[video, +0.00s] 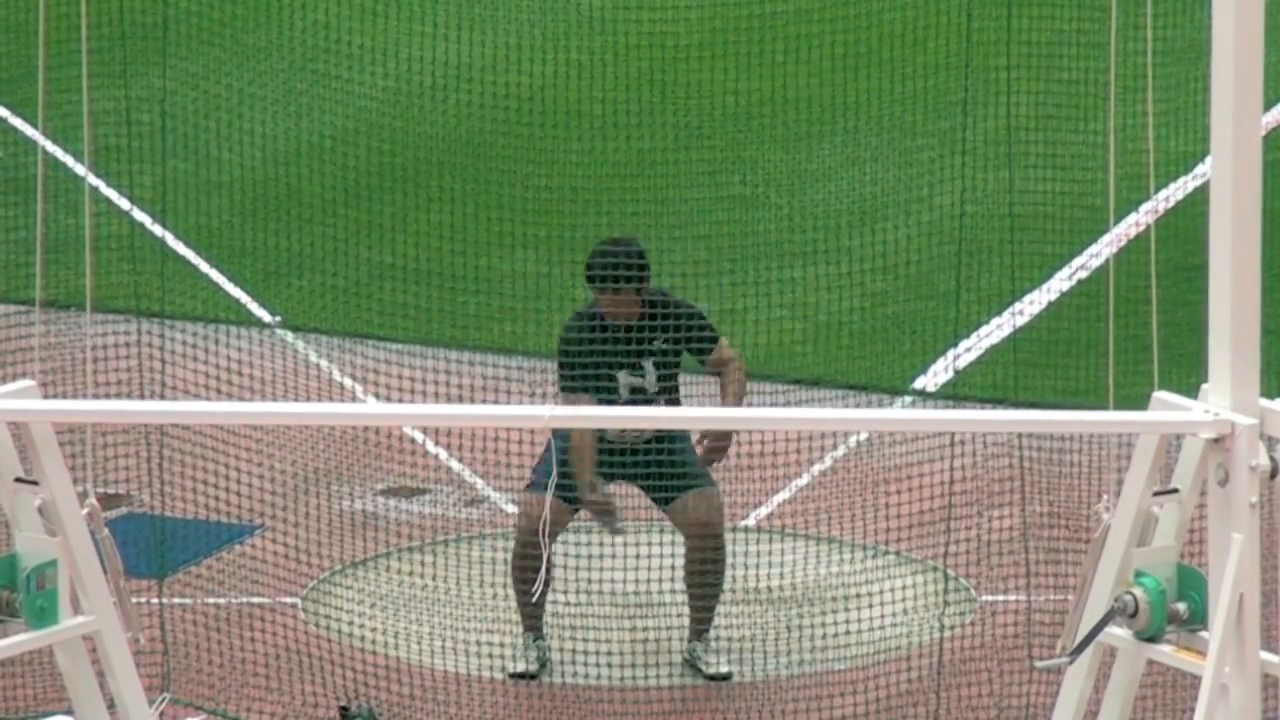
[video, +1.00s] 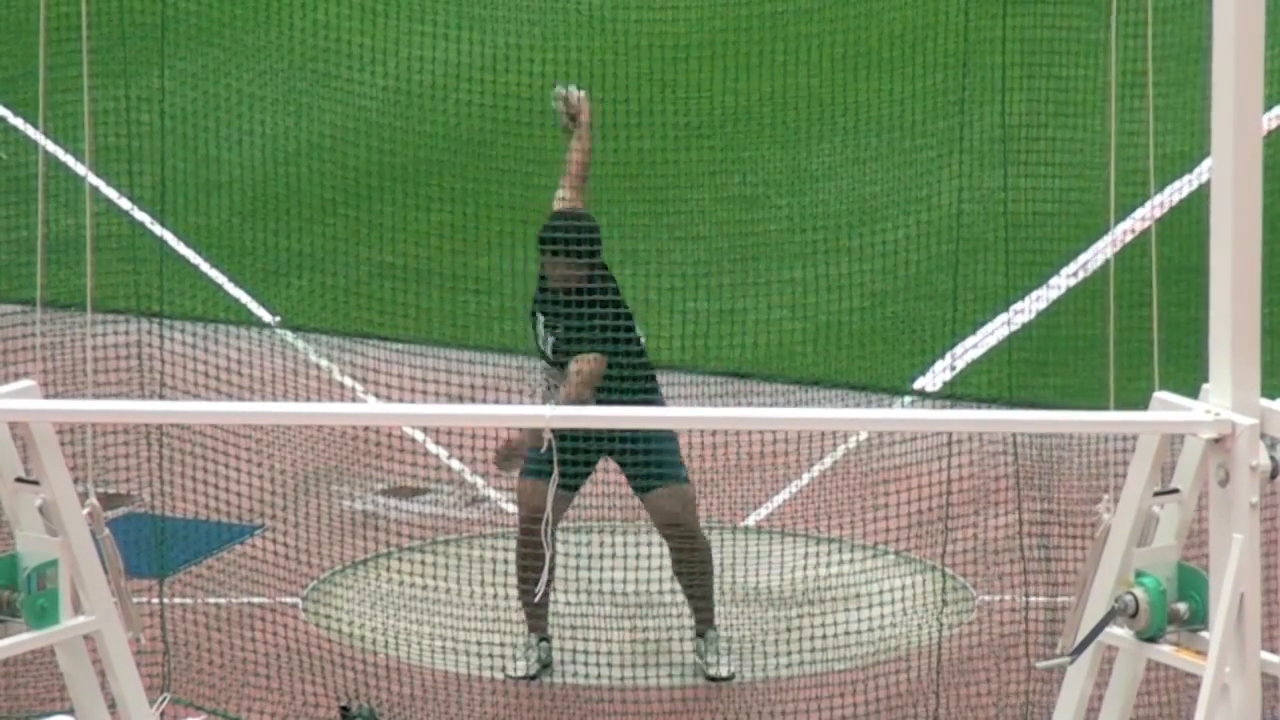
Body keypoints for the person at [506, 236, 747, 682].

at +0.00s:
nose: (608, 300)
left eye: (618, 291)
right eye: (601, 290)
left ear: (641, 288)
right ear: (592, 288)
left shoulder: (674, 317)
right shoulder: (580, 332)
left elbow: (730, 364)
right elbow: (579, 415)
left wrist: (725, 428)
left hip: (659, 442)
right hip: (587, 443)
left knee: (707, 525)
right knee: (532, 525)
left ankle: (698, 644)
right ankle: (533, 641)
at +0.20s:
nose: (563, 301)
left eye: (573, 292)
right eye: (557, 291)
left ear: (596, 290)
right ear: (548, 289)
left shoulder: (631, 322)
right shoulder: (537, 329)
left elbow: (695, 378)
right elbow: (481, 380)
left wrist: (699, 446)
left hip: (646, 446)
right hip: (572, 447)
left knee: (700, 533)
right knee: (521, 524)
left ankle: (699, 646)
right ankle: (533, 643)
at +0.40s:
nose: (531, 283)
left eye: (539, 275)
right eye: (529, 273)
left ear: (566, 275)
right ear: (527, 271)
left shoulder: (600, 312)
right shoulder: (527, 287)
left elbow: (616, 389)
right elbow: (481, 264)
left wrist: (603, 447)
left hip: (625, 428)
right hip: (562, 425)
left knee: (679, 538)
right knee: (519, 522)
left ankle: (698, 643)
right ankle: (533, 641)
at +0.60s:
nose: (523, 269)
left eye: (533, 261)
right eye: (518, 259)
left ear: (556, 257)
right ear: (514, 251)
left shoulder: (572, 296)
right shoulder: (541, 237)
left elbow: (552, 374)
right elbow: (551, 181)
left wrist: (500, 424)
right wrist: (558, 139)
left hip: (613, 422)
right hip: (553, 420)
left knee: (659, 535)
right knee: (519, 517)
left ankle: (702, 636)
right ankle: (532, 640)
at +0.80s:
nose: (510, 258)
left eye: (518, 250)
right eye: (511, 248)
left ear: (546, 254)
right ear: (538, 244)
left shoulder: (564, 296)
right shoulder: (562, 232)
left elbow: (531, 368)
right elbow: (584, 169)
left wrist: (463, 414)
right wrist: (611, 111)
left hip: (620, 421)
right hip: (561, 419)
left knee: (657, 531)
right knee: (525, 514)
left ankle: (712, 631)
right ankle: (535, 641)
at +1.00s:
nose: (561, 270)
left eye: (572, 262)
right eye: (555, 260)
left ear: (589, 263)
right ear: (542, 257)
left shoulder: (600, 308)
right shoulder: (556, 260)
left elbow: (581, 386)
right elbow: (570, 186)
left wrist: (533, 437)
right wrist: (580, 127)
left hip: (633, 417)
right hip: (570, 416)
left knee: (679, 522)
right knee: (532, 517)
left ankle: (707, 633)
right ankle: (537, 640)